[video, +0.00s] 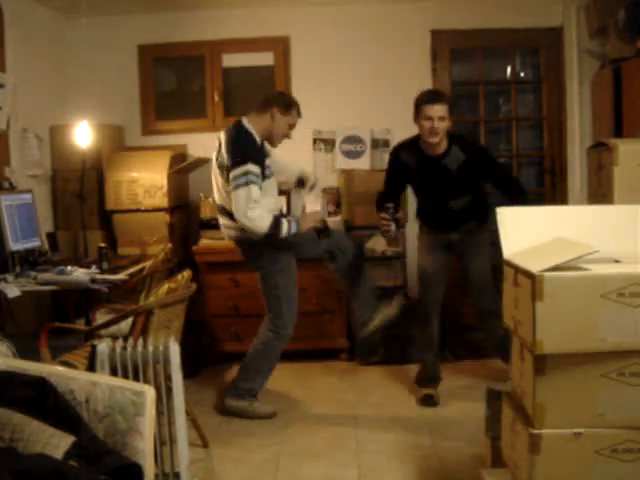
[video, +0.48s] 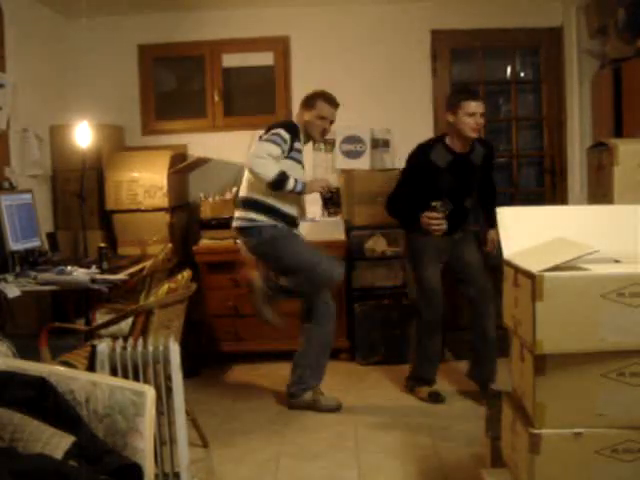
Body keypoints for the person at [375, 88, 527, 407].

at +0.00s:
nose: (434, 126)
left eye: (440, 119)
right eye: (428, 119)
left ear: (450, 121)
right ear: (417, 121)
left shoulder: (467, 148)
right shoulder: (404, 155)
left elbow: (505, 181)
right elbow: (390, 195)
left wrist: (526, 210)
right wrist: (387, 213)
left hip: (474, 230)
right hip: (433, 232)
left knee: (484, 293)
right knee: (430, 300)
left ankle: (503, 355)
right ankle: (429, 377)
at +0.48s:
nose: (478, 122)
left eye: (481, 115)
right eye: (471, 116)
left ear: (483, 118)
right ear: (450, 117)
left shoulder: (483, 153)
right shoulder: (425, 154)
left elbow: (488, 194)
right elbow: (396, 204)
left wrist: (492, 226)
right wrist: (417, 219)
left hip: (464, 236)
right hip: (427, 239)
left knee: (482, 297)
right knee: (432, 303)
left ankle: (482, 377)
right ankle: (421, 379)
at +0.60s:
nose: (493, 104)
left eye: (496, 98)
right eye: (486, 98)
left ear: (498, 102)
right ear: (465, 100)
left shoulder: (493, 138)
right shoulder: (435, 137)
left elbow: (493, 185)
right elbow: (407, 184)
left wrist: (493, 220)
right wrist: (430, 204)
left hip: (472, 224)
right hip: (434, 225)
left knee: (484, 291)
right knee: (437, 294)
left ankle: (479, 369)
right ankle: (423, 374)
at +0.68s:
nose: (500, 103)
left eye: (503, 97)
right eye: (494, 97)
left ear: (505, 101)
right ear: (474, 98)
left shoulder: (499, 136)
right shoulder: (442, 132)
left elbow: (495, 183)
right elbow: (412, 180)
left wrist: (493, 220)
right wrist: (434, 196)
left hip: (473, 221)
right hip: (436, 220)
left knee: (483, 294)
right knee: (444, 292)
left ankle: (491, 374)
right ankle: (431, 372)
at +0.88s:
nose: (511, 128)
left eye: (516, 122)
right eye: (504, 122)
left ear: (521, 128)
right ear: (488, 126)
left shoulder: (515, 169)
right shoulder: (459, 154)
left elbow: (512, 214)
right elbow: (420, 192)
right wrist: (440, 200)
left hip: (486, 245)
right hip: (448, 243)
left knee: (490, 313)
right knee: (459, 314)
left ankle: (490, 380)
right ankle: (476, 392)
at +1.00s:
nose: (488, 125)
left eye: (495, 119)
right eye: (483, 119)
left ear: (508, 124)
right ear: (476, 124)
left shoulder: (516, 168)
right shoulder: (456, 158)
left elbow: (523, 224)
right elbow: (422, 199)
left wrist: (511, 206)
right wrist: (439, 203)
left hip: (498, 250)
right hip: (458, 248)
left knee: (501, 315)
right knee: (471, 313)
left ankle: (493, 379)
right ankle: (477, 393)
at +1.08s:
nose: (462, 101)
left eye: (469, 95)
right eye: (459, 96)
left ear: (489, 99)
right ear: (456, 102)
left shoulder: (510, 141)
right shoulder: (447, 140)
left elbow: (527, 189)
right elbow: (422, 189)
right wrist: (434, 197)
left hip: (499, 233)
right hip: (457, 234)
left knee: (497, 303)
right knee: (464, 303)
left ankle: (493, 372)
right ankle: (473, 375)